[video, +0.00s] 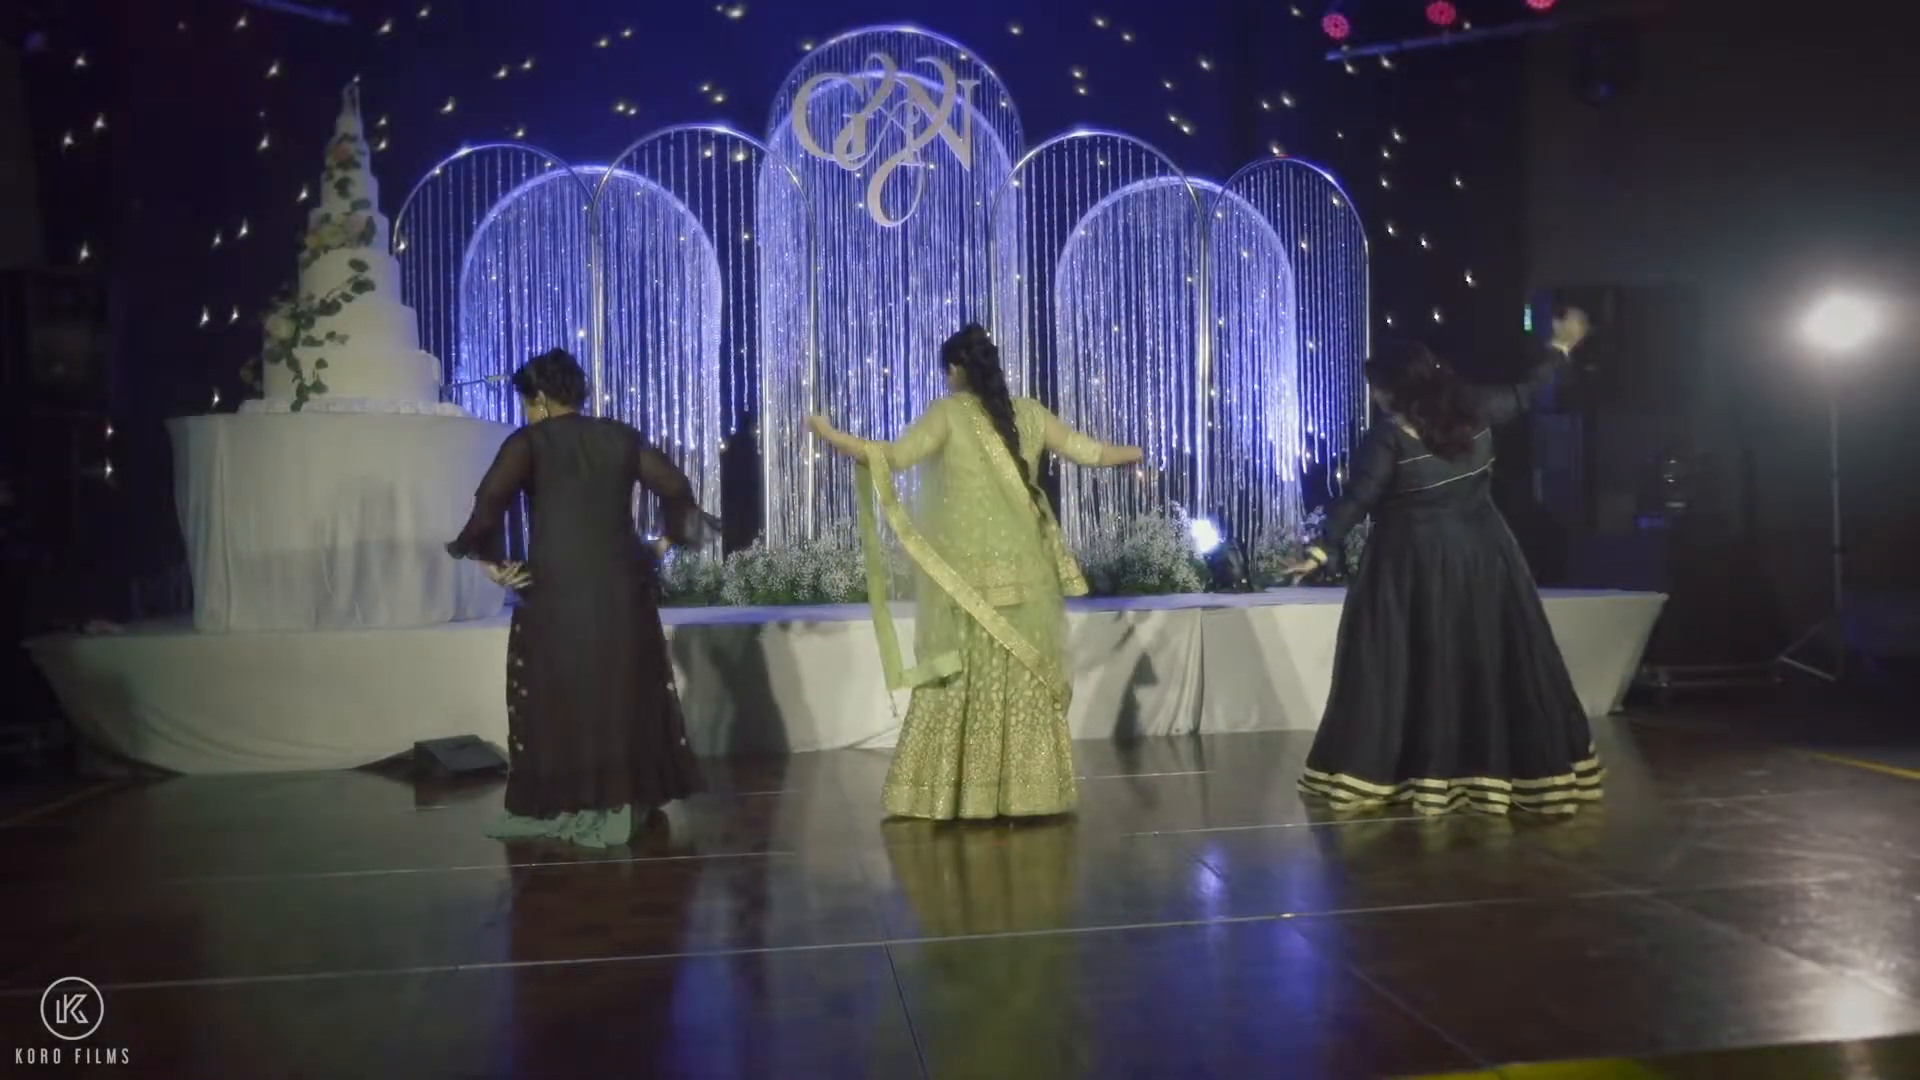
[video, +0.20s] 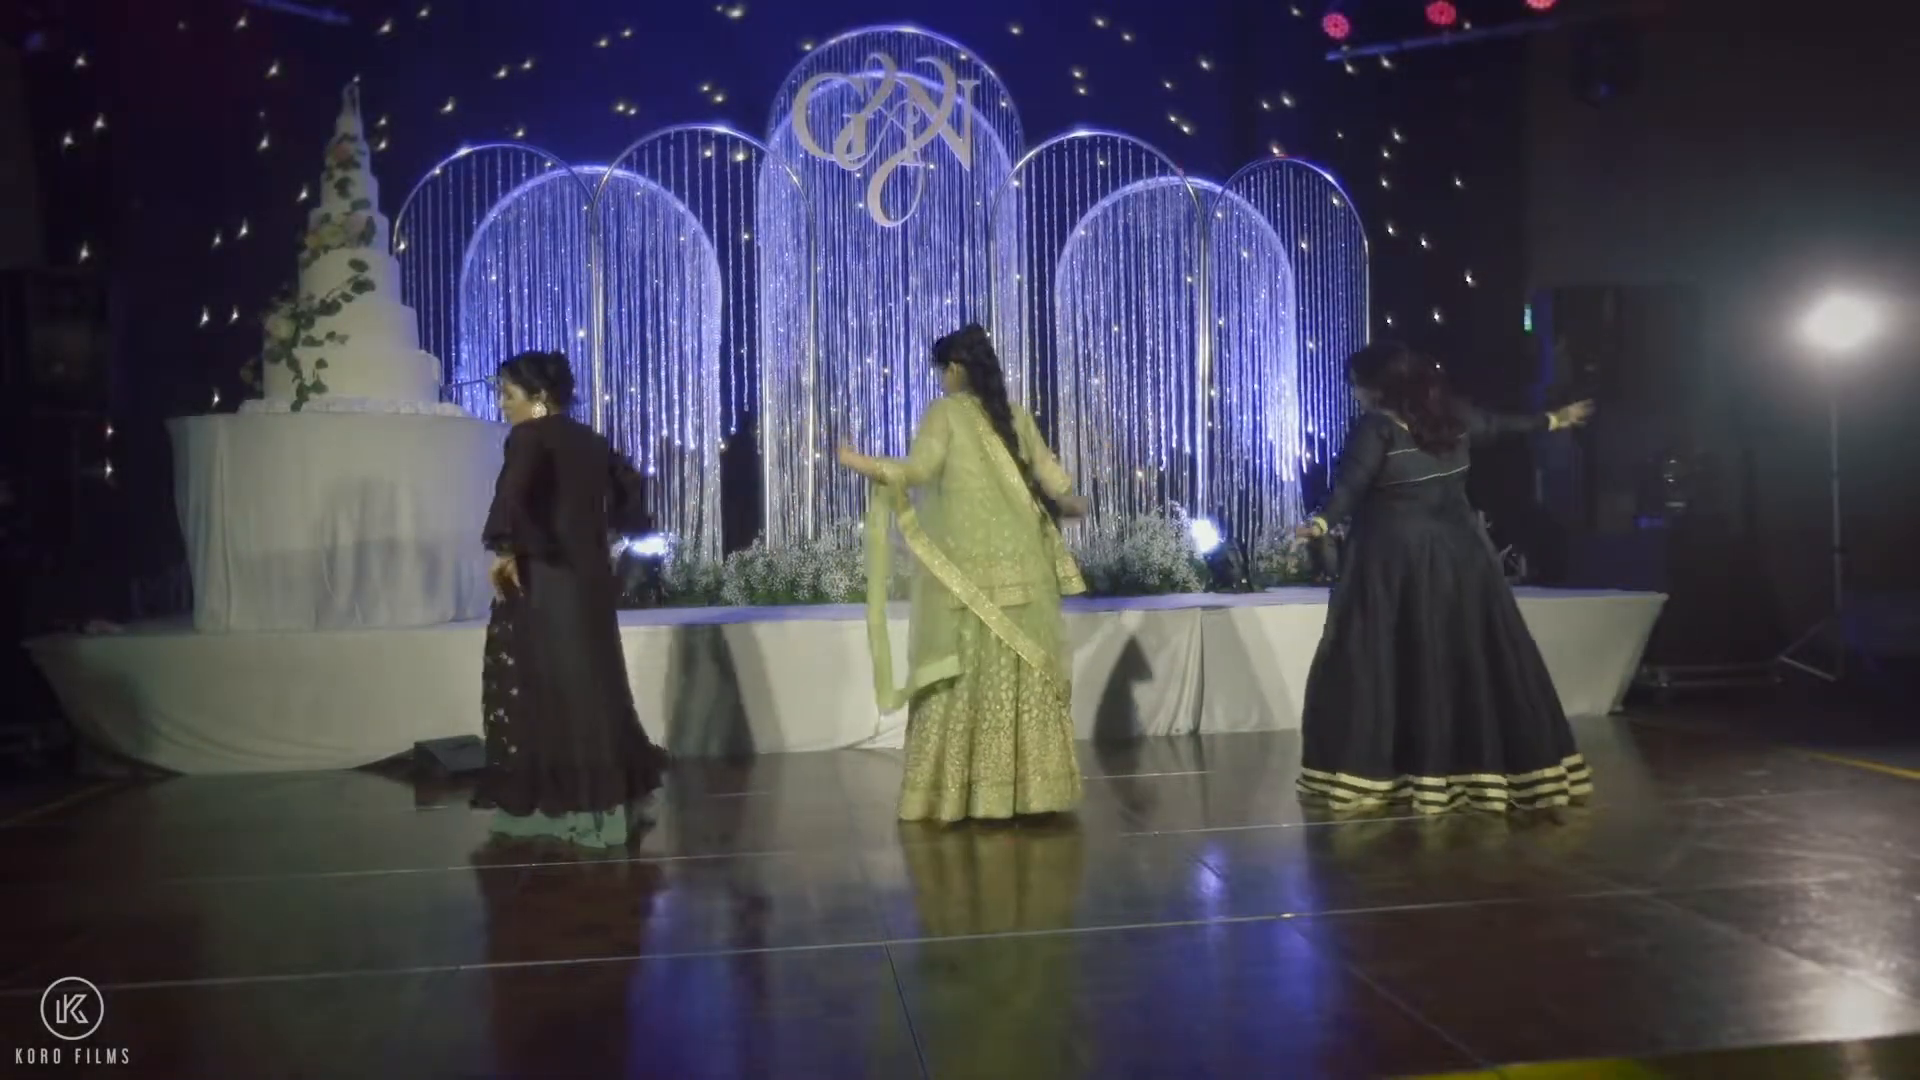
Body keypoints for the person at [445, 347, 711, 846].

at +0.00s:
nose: (525, 413)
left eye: (525, 403)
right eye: (525, 403)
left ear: (539, 399)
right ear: (577, 396)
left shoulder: (529, 441)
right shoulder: (621, 437)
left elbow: (490, 500)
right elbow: (677, 488)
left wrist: (489, 559)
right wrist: (671, 537)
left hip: (558, 593)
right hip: (622, 591)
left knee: (559, 697)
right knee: (622, 695)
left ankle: (569, 810)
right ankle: (629, 808)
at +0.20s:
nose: (501, 405)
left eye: (506, 394)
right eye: (500, 395)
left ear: (535, 395)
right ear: (553, 395)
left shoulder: (528, 438)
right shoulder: (593, 441)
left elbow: (511, 493)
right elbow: (632, 495)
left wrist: (501, 547)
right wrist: (600, 531)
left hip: (544, 589)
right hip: (592, 586)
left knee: (545, 693)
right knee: (594, 692)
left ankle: (554, 803)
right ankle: (605, 805)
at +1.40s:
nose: (600, 384)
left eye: (609, 376)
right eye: (589, 375)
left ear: (619, 383)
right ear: (566, 381)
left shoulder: (637, 438)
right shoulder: (533, 432)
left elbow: (695, 496)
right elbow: (459, 472)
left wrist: (658, 551)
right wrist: (502, 536)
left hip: (614, 589)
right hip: (551, 587)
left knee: (613, 708)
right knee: (546, 706)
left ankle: (595, 830)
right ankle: (542, 837)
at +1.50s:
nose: (622, 381)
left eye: (630, 373)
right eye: (610, 372)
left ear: (637, 378)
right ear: (585, 377)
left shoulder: (649, 438)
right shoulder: (553, 427)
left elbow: (699, 491)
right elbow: (482, 466)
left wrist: (672, 545)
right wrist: (526, 535)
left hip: (629, 592)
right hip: (565, 591)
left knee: (648, 693)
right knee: (563, 705)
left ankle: (611, 820)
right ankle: (547, 834)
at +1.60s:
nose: (648, 373)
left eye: (654, 364)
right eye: (636, 364)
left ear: (660, 371)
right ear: (608, 369)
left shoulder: (671, 431)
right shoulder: (578, 419)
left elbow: (713, 482)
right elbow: (515, 464)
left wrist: (693, 535)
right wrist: (564, 527)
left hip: (657, 592)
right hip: (595, 590)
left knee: (659, 712)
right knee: (586, 709)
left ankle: (635, 836)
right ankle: (556, 838)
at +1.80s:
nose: (700, 385)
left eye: (704, 376)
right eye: (687, 376)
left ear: (708, 383)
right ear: (659, 382)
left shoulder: (722, 446)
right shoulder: (631, 434)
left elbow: (764, 503)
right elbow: (567, 485)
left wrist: (732, 548)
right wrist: (619, 540)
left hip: (706, 588)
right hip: (652, 589)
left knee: (715, 704)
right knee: (651, 706)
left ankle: (695, 832)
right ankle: (643, 832)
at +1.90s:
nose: (722, 374)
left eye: (728, 365)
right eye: (709, 364)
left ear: (734, 373)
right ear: (682, 372)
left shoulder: (751, 435)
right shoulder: (658, 425)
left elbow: (793, 491)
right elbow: (597, 469)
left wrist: (767, 539)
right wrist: (648, 533)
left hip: (733, 587)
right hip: (676, 586)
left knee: (730, 703)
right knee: (676, 704)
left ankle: (730, 831)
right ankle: (676, 834)